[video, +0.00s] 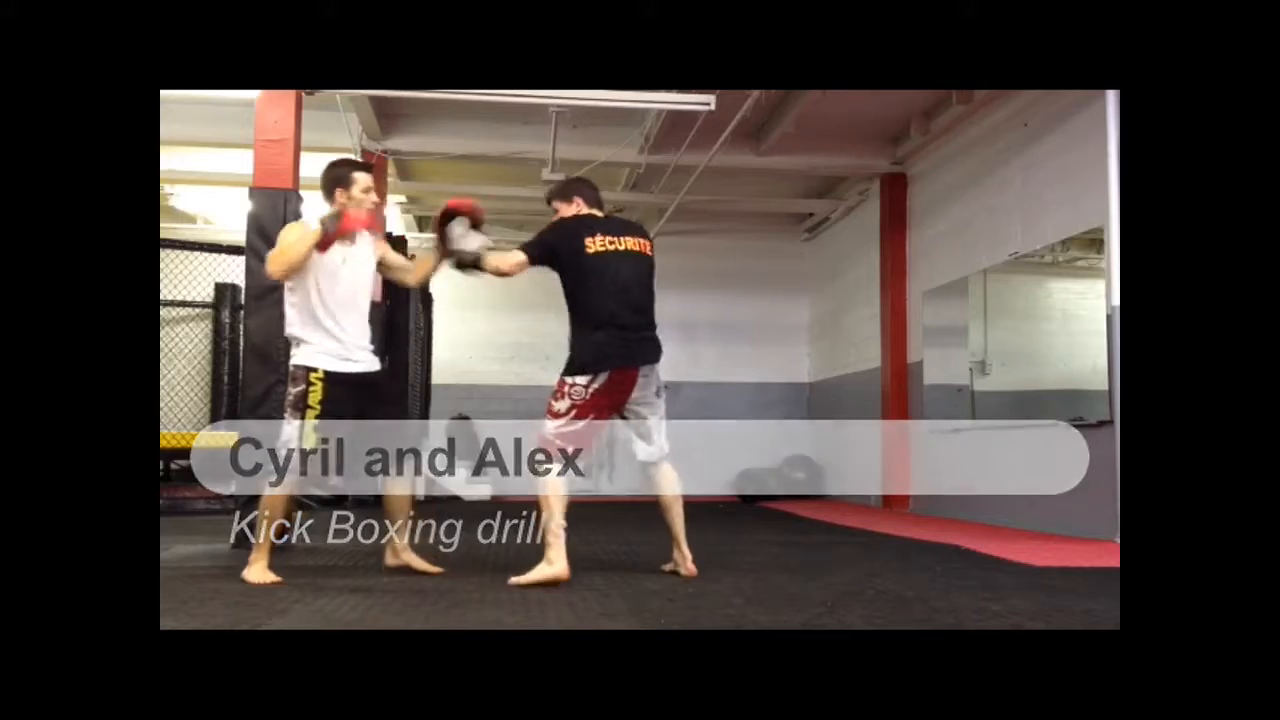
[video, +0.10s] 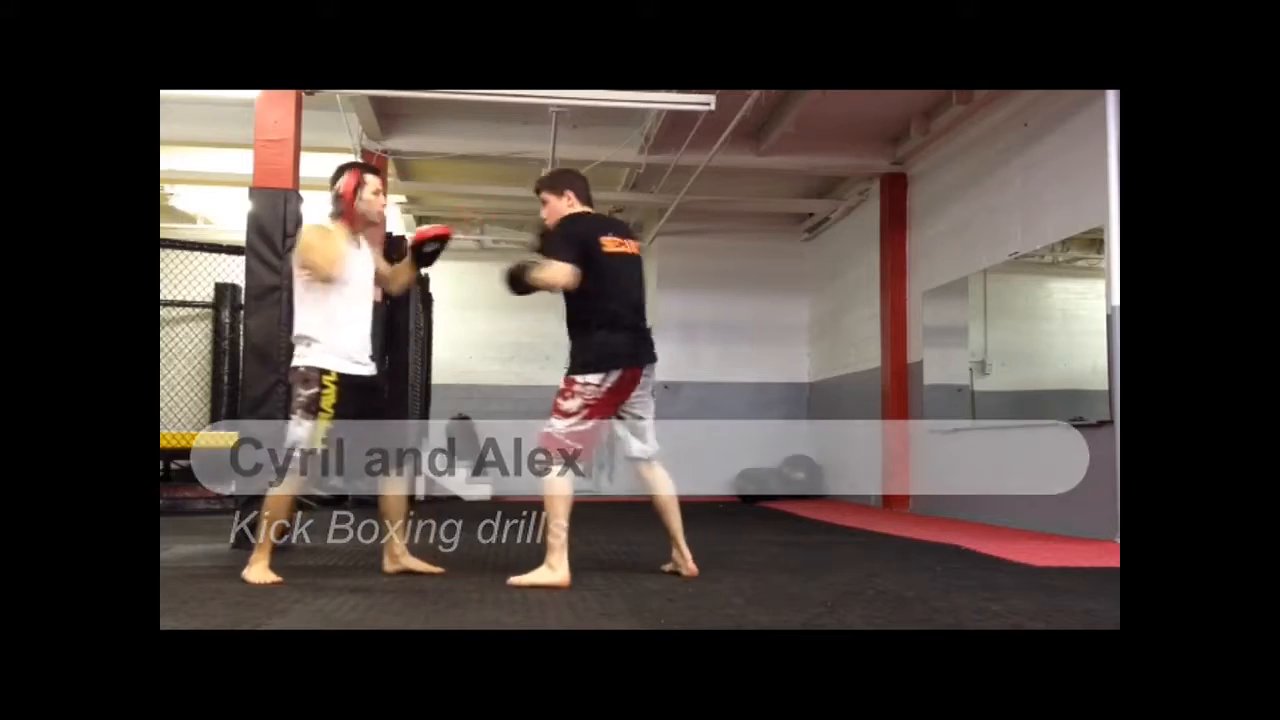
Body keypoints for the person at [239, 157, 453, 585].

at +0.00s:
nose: (373, 198)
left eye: (373, 191)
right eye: (365, 190)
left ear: (357, 196)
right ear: (339, 194)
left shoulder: (370, 241)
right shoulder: (304, 231)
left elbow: (412, 275)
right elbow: (276, 268)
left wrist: (445, 245)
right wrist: (325, 230)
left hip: (365, 365)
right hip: (315, 363)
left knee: (399, 452)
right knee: (294, 463)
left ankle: (399, 546)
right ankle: (259, 559)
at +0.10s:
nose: (380, 201)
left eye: (382, 194)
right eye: (372, 192)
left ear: (379, 201)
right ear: (347, 195)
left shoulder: (367, 247)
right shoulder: (314, 235)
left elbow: (396, 284)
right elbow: (326, 267)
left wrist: (412, 254)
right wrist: (353, 221)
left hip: (362, 367)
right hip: (318, 364)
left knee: (395, 451)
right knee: (300, 459)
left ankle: (396, 550)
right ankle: (260, 559)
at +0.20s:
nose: (389, 204)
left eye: (389, 197)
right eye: (383, 197)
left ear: (364, 200)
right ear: (360, 198)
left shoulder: (366, 242)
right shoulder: (343, 236)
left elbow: (384, 298)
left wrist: (405, 257)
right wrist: (403, 228)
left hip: (356, 369)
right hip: (325, 367)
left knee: (391, 454)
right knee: (312, 463)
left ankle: (396, 551)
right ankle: (260, 559)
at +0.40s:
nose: (387, 209)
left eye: (388, 201)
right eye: (382, 200)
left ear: (366, 203)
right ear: (357, 200)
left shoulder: (366, 249)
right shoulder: (332, 234)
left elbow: (386, 299)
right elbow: (370, 263)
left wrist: (414, 271)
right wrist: (406, 228)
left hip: (361, 371)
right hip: (323, 369)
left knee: (397, 455)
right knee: (308, 464)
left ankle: (397, 552)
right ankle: (259, 560)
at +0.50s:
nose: (384, 211)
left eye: (385, 203)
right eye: (378, 202)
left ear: (359, 204)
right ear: (352, 201)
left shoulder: (362, 250)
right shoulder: (317, 238)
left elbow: (392, 294)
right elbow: (328, 283)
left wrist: (429, 285)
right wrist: (378, 246)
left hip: (365, 372)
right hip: (322, 370)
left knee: (405, 456)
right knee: (303, 468)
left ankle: (399, 549)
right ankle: (259, 560)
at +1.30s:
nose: (383, 212)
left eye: (384, 205)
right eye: (378, 204)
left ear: (361, 203)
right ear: (352, 200)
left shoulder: (355, 247)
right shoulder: (301, 233)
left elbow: (365, 295)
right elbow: (266, 288)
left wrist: (409, 283)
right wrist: (330, 290)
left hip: (335, 369)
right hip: (289, 364)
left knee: (359, 459)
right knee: (257, 462)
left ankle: (352, 550)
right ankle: (200, 544)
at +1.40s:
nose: (365, 214)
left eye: (367, 206)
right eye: (360, 205)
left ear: (343, 204)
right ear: (333, 201)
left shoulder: (337, 254)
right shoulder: (284, 236)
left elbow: (321, 306)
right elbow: (254, 294)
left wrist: (360, 303)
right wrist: (322, 299)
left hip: (317, 374)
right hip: (273, 369)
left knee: (349, 461)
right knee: (251, 468)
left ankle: (350, 551)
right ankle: (198, 552)